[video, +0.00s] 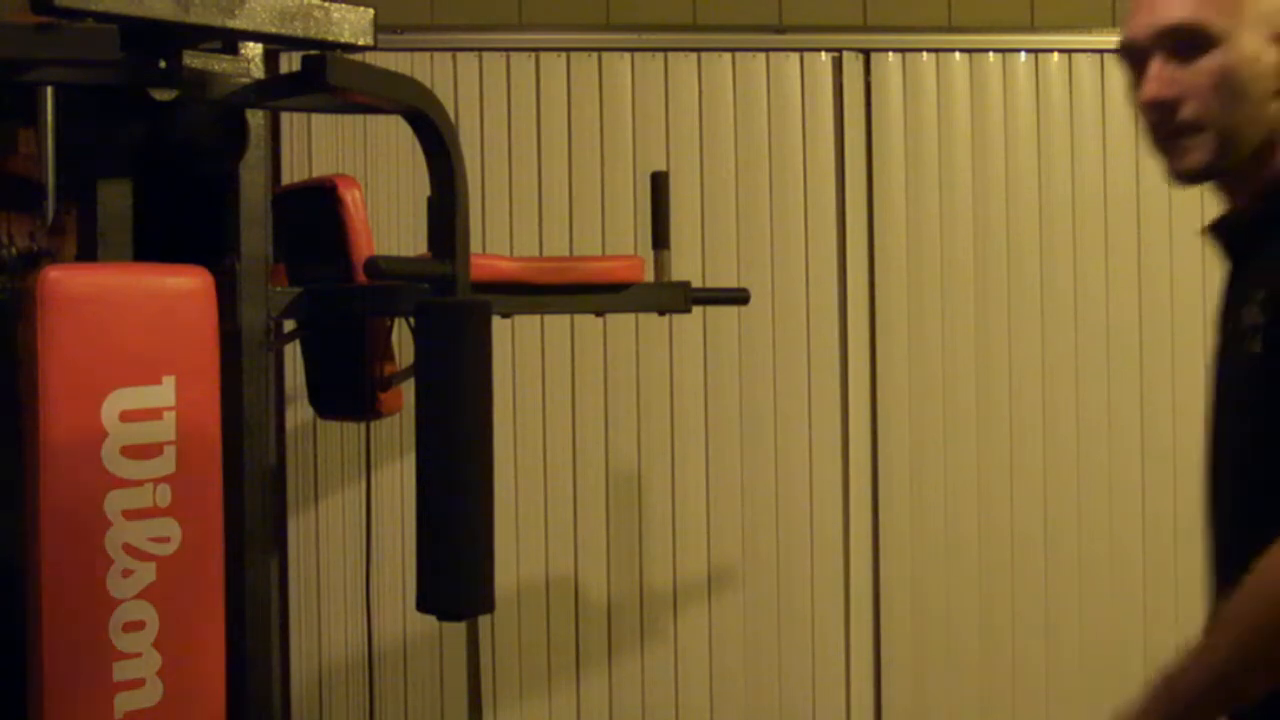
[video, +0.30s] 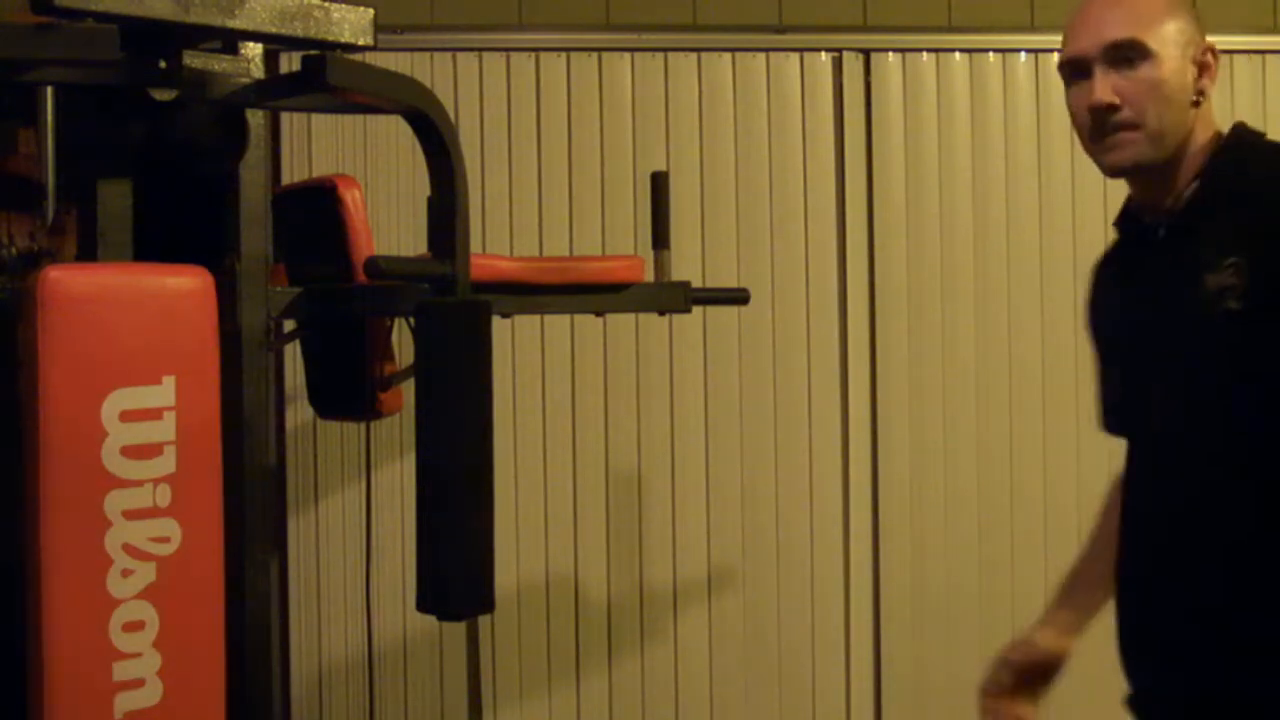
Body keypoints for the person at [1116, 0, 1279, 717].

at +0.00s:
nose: (1153, 90)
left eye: (1190, 48)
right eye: (1137, 61)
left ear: (1277, 43)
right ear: (1127, 71)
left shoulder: (1270, 255)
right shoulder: (1253, 255)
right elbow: (1256, 530)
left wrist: (1162, 708)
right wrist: (1203, 699)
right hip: (1258, 696)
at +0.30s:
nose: (1099, 96)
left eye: (1128, 61)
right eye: (1077, 74)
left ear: (1202, 73)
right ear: (1064, 97)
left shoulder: (1270, 204)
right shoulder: (1122, 273)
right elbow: (1157, 462)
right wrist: (1059, 628)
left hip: (1275, 669)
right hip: (1177, 678)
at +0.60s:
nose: (1147, 109)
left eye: (1171, 81)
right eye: (1120, 91)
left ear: (1224, 98)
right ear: (1102, 121)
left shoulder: (1279, 235)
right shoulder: (1077, 289)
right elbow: (1062, 481)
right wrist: (1041, 664)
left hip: (1279, 646)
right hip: (1150, 660)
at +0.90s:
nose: (1193, 146)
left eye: (1217, 121)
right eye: (1170, 125)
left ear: (1261, 137)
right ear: (1146, 145)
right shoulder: (1092, 283)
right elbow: (1055, 453)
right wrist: (1039, 619)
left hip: (1268, 625)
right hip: (1130, 628)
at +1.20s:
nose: (1185, 139)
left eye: (1208, 120)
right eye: (1163, 119)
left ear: (1244, 141)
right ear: (1136, 138)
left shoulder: (1274, 266)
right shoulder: (1066, 271)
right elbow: (1028, 440)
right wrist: (1013, 605)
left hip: (1242, 603)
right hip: (1095, 601)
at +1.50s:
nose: (1110, 142)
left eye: (1132, 123)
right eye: (1090, 124)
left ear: (1167, 142)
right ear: (1065, 144)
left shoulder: (1223, 272)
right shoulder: (1002, 271)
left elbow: (1256, 438)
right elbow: (966, 433)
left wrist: (1241, 596)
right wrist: (962, 591)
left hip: (1169, 583)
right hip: (1033, 583)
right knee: (1008, 716)